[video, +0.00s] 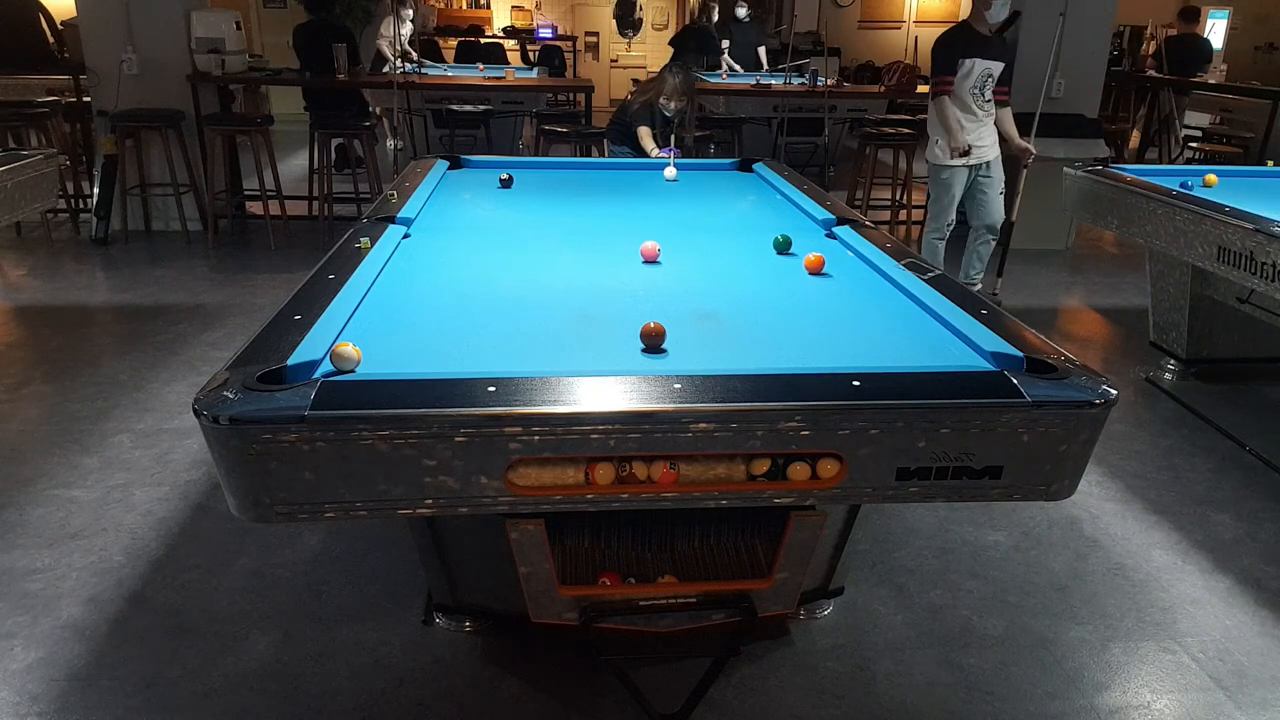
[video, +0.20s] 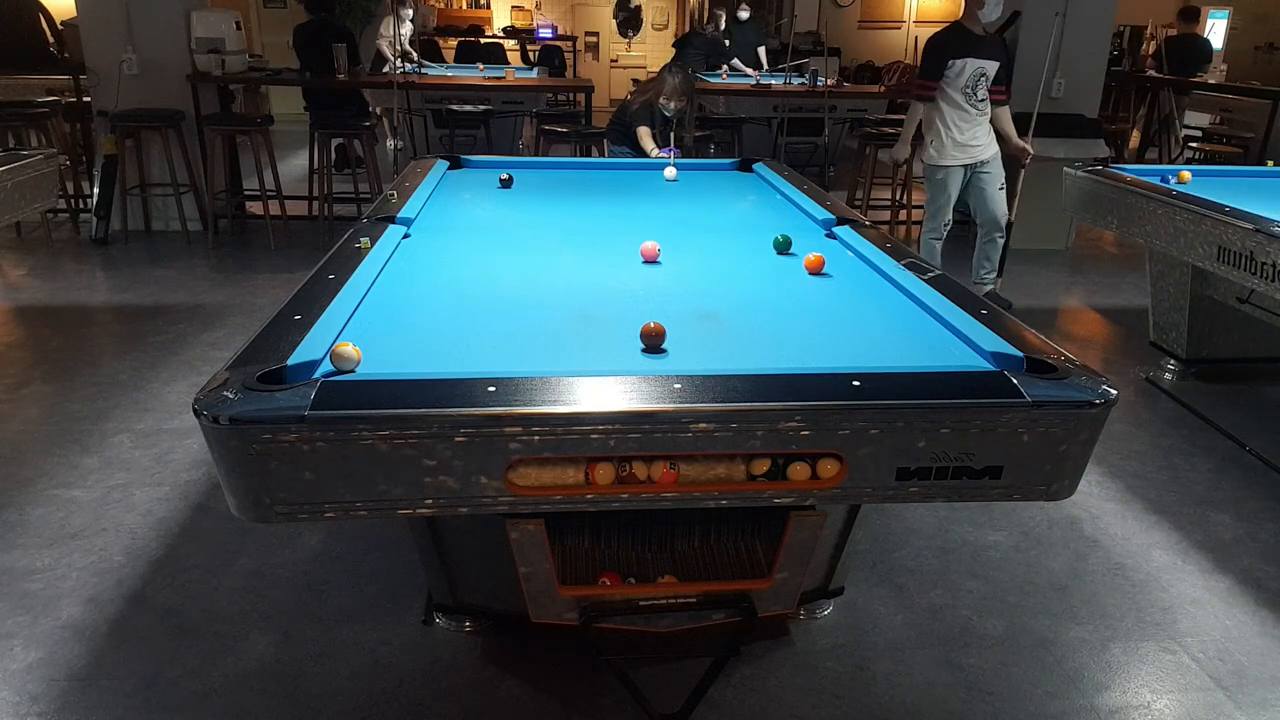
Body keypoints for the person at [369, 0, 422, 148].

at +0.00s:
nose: (409, 12)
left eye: (411, 9)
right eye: (405, 9)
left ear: (413, 10)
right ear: (398, 10)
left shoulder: (409, 26)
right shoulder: (390, 21)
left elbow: (403, 43)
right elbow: (380, 42)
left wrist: (412, 52)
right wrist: (393, 60)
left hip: (396, 64)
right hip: (382, 65)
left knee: (395, 103)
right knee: (384, 105)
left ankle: (395, 135)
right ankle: (390, 138)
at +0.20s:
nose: (409, 12)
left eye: (411, 9)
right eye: (406, 9)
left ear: (413, 10)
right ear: (398, 9)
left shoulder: (409, 26)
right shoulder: (389, 21)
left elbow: (404, 43)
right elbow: (380, 43)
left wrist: (413, 53)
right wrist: (393, 60)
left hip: (397, 65)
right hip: (382, 65)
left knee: (395, 102)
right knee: (385, 104)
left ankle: (396, 135)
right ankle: (390, 138)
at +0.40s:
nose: (409, 11)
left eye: (411, 8)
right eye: (406, 8)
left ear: (412, 10)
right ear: (398, 9)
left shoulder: (409, 26)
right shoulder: (389, 21)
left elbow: (403, 43)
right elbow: (380, 43)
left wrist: (413, 52)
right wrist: (393, 60)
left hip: (397, 65)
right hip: (382, 65)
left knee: (395, 103)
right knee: (384, 105)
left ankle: (395, 135)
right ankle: (389, 138)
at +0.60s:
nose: (408, 12)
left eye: (410, 9)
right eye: (405, 9)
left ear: (412, 10)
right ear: (397, 9)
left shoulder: (408, 26)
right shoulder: (389, 21)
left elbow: (402, 42)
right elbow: (380, 42)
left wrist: (412, 52)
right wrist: (392, 60)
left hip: (397, 64)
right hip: (381, 65)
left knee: (395, 103)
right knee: (385, 105)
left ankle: (395, 136)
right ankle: (390, 138)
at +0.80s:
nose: (408, 12)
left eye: (410, 9)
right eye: (405, 9)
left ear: (412, 10)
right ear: (397, 9)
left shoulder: (409, 27)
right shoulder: (388, 20)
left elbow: (403, 45)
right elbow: (380, 43)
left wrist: (413, 54)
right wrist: (392, 60)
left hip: (397, 66)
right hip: (381, 67)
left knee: (396, 104)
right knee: (385, 106)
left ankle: (395, 136)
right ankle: (389, 138)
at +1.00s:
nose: (409, 14)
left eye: (410, 10)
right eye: (405, 11)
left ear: (413, 11)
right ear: (398, 10)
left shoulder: (409, 27)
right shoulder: (389, 21)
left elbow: (403, 45)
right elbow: (380, 43)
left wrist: (412, 52)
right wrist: (392, 60)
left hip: (398, 66)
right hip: (382, 67)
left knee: (396, 104)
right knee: (385, 106)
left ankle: (395, 136)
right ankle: (390, 138)